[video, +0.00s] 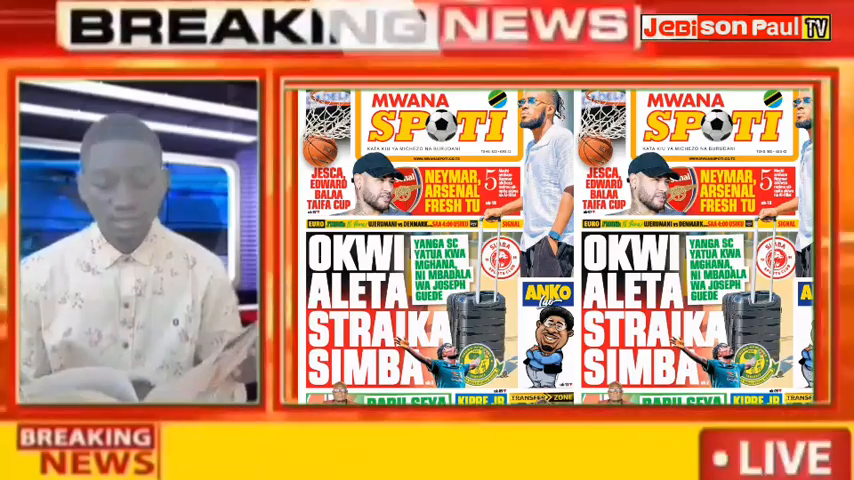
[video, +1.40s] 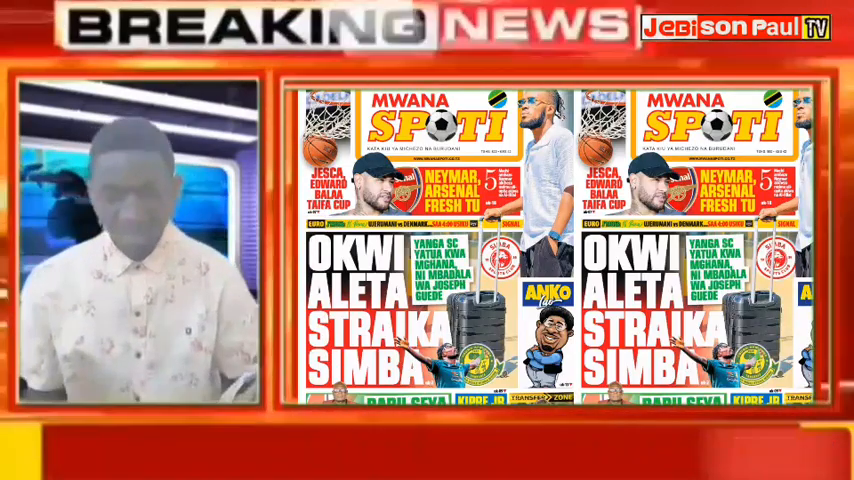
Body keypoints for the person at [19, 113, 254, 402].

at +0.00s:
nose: (124, 201)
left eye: (141, 182)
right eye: (104, 184)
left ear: (164, 181)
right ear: (81, 187)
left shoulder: (205, 273)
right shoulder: (36, 277)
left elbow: (229, 391)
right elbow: (25, 394)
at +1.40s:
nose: (132, 212)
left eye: (147, 192)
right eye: (114, 194)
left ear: (176, 191)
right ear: (91, 193)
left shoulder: (217, 277)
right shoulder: (50, 283)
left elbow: (255, 388)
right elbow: (43, 403)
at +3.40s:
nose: (131, 224)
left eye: (147, 206)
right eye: (114, 206)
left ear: (175, 192)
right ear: (92, 194)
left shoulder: (215, 275)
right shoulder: (56, 280)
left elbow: (246, 379)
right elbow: (44, 400)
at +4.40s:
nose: (163, 227)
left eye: (176, 208)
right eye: (145, 211)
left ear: (193, 194)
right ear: (108, 196)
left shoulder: (216, 275)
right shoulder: (54, 272)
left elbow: (233, 383)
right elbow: (40, 389)